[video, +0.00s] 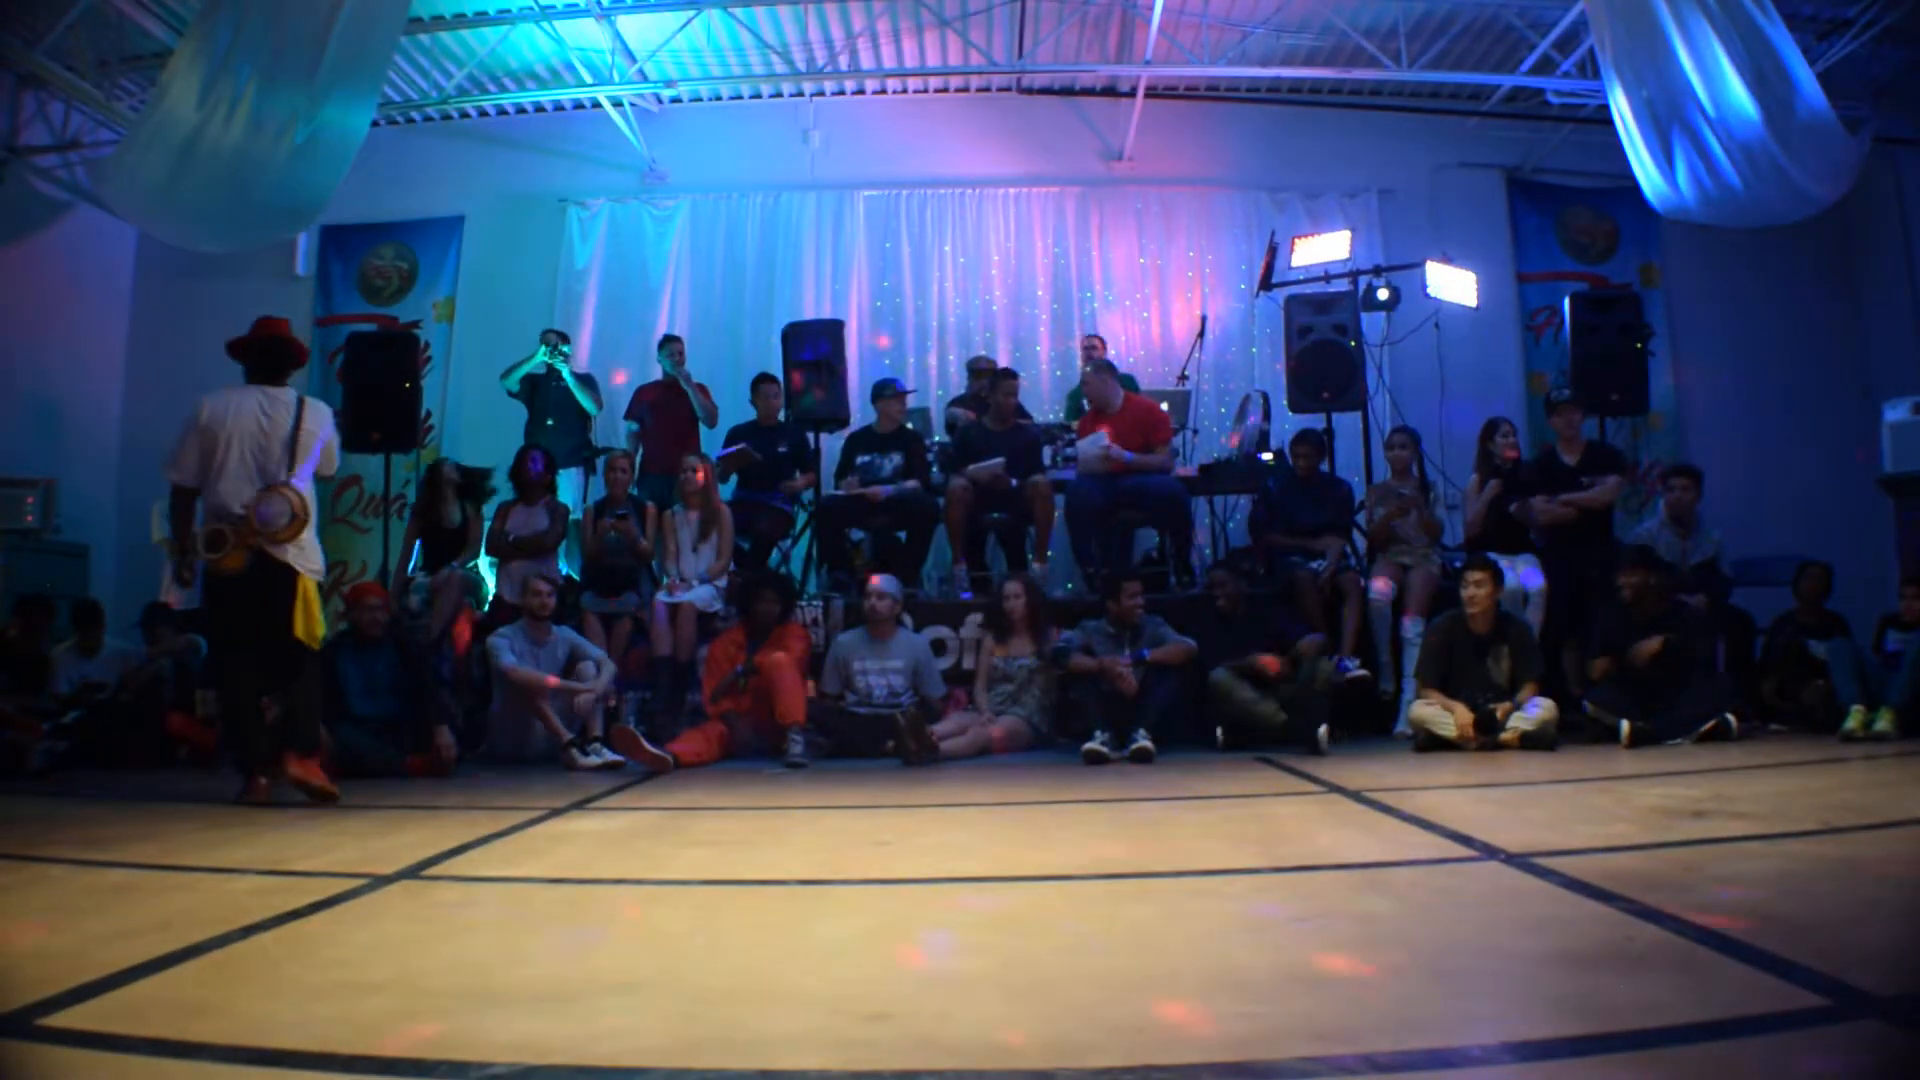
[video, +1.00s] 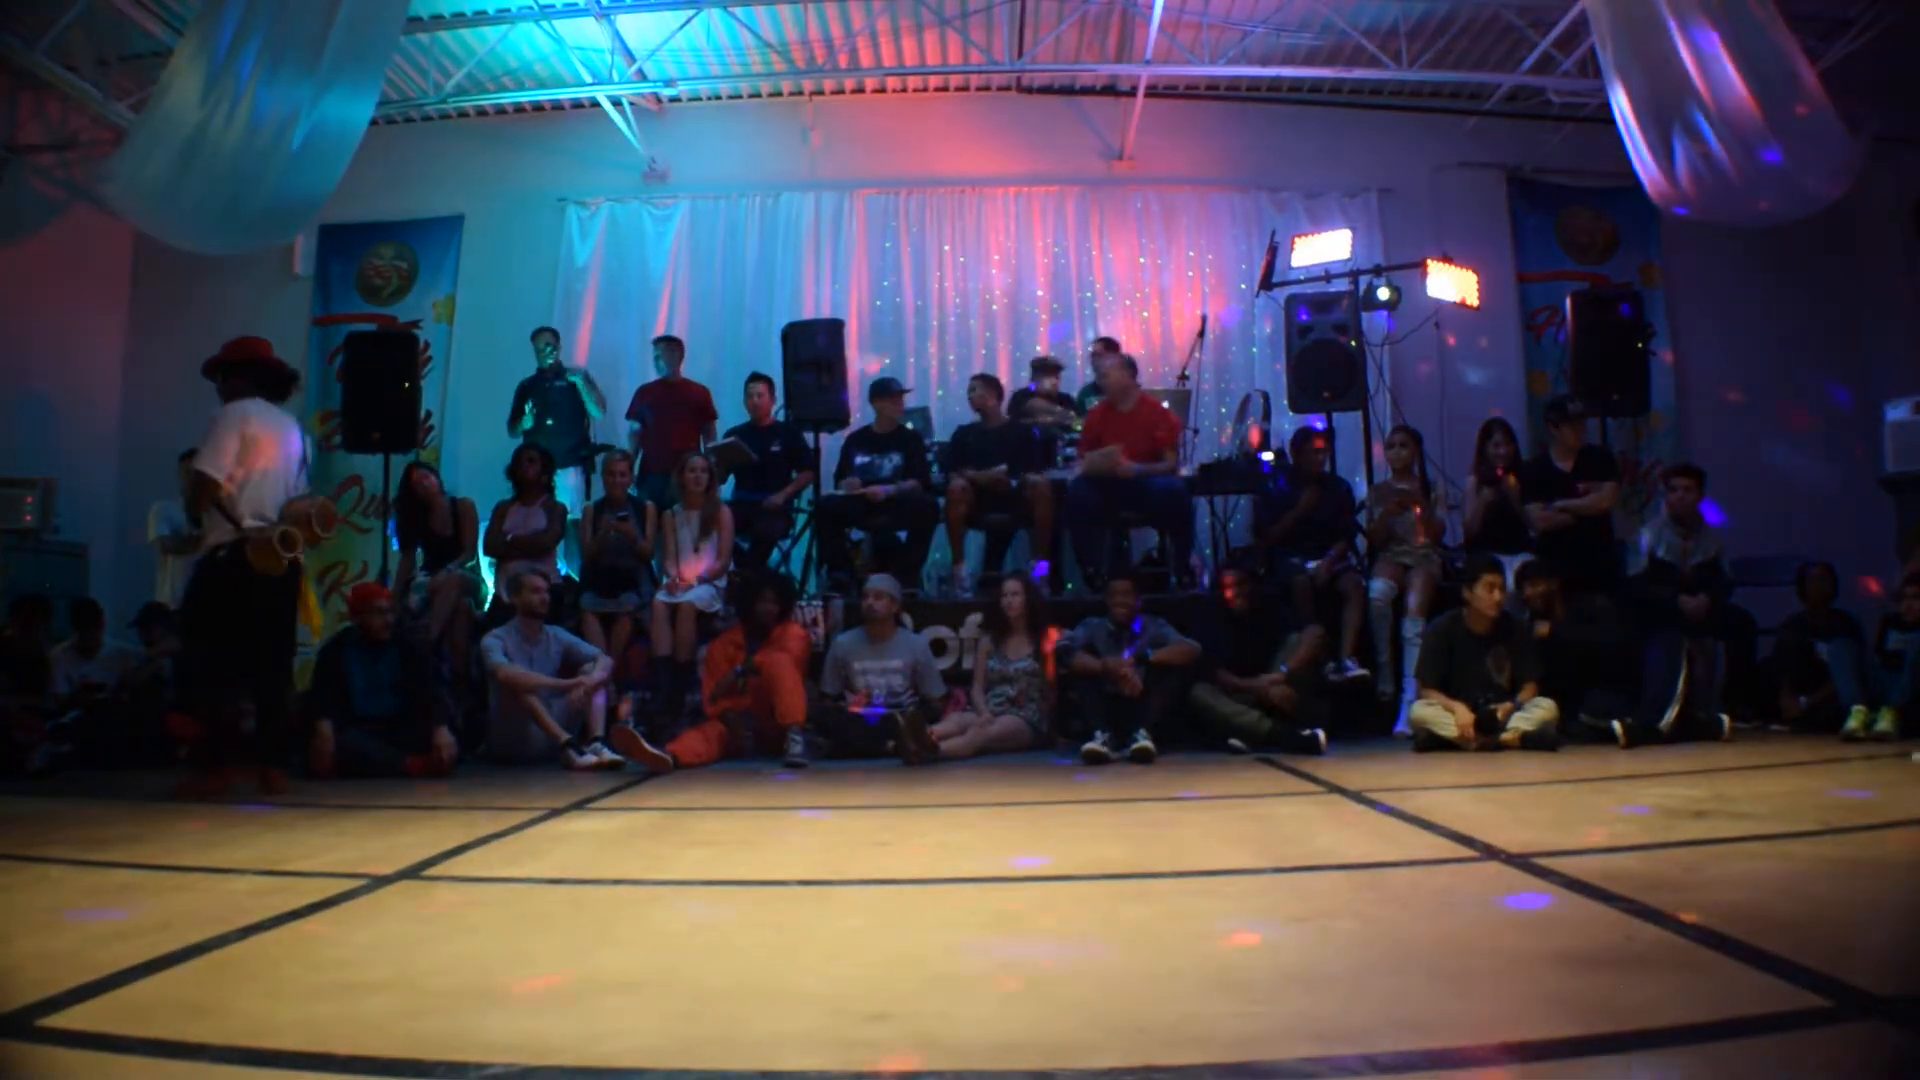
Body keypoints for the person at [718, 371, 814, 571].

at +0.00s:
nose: (772, 402)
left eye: (776, 396)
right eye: (765, 397)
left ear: (782, 399)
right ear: (754, 401)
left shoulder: (793, 433)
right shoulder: (738, 433)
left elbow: (811, 473)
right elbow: (721, 476)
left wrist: (798, 483)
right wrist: (732, 462)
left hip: (778, 499)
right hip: (745, 498)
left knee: (766, 532)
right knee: (720, 525)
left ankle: (751, 575)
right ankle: (746, 564)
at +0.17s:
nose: (760, 402)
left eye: (765, 396)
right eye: (755, 397)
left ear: (778, 400)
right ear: (750, 402)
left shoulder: (792, 433)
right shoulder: (737, 433)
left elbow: (810, 474)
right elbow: (721, 477)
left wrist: (787, 492)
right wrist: (728, 461)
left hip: (777, 500)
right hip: (744, 500)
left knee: (767, 531)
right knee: (720, 525)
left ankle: (752, 573)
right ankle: (745, 564)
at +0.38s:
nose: (757, 402)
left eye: (763, 396)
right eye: (753, 397)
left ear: (777, 399)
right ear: (748, 401)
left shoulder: (791, 433)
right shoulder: (737, 433)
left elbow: (809, 474)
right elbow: (721, 477)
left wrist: (784, 495)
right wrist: (727, 459)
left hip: (776, 502)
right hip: (743, 501)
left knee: (767, 531)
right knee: (719, 523)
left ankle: (752, 573)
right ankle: (744, 564)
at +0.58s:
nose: (757, 402)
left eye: (762, 396)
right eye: (752, 397)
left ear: (775, 400)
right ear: (747, 401)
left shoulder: (790, 433)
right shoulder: (736, 434)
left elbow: (808, 473)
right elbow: (721, 478)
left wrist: (783, 496)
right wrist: (727, 460)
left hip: (776, 503)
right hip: (743, 502)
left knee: (766, 532)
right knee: (722, 525)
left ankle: (753, 575)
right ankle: (744, 566)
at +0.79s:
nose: (755, 402)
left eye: (761, 396)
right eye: (751, 396)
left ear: (774, 399)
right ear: (745, 401)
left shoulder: (789, 433)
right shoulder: (735, 435)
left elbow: (808, 473)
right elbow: (721, 479)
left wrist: (783, 496)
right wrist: (723, 461)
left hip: (775, 503)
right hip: (743, 502)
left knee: (766, 532)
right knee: (719, 523)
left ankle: (752, 573)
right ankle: (745, 563)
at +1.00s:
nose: (754, 401)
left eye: (760, 396)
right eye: (749, 396)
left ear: (772, 400)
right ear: (745, 401)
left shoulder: (788, 433)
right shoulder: (734, 435)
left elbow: (808, 472)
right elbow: (720, 478)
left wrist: (782, 496)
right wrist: (721, 458)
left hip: (774, 503)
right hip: (742, 503)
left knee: (766, 532)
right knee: (720, 523)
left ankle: (752, 574)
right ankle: (744, 564)